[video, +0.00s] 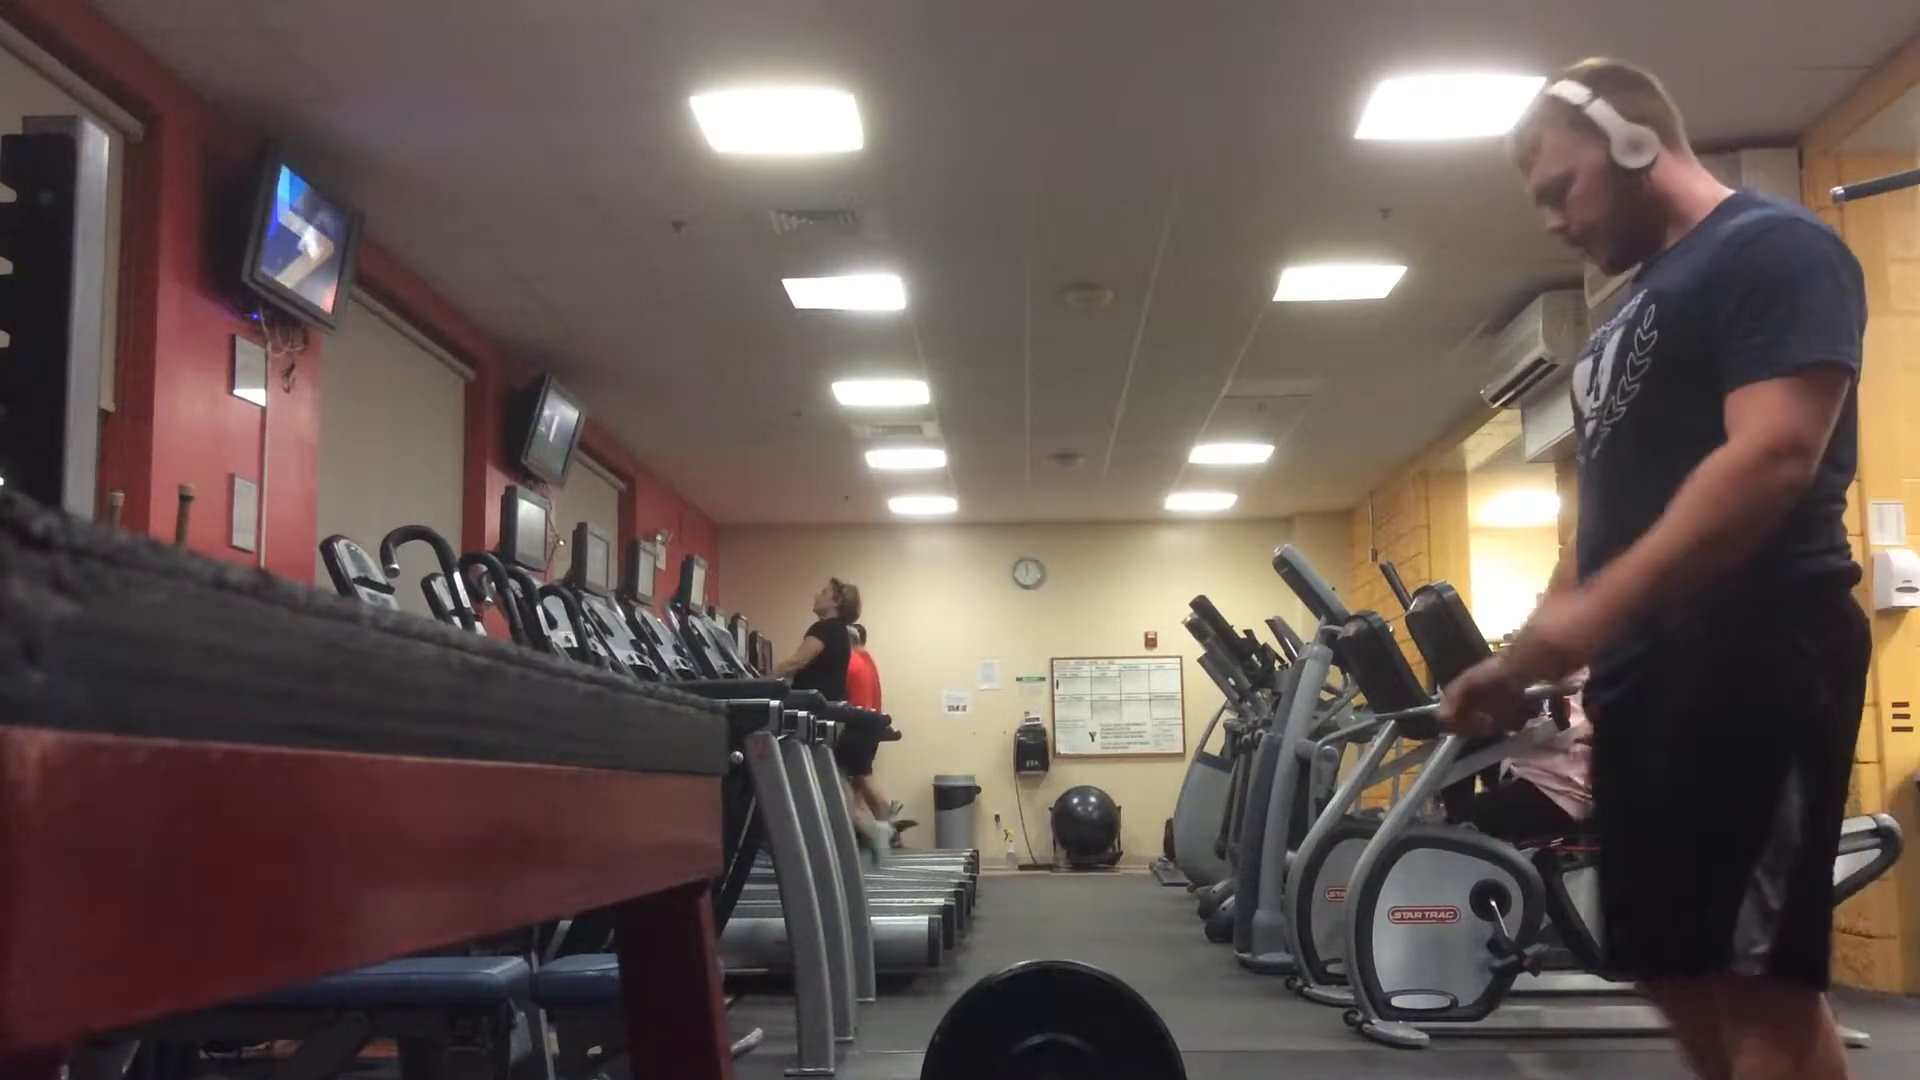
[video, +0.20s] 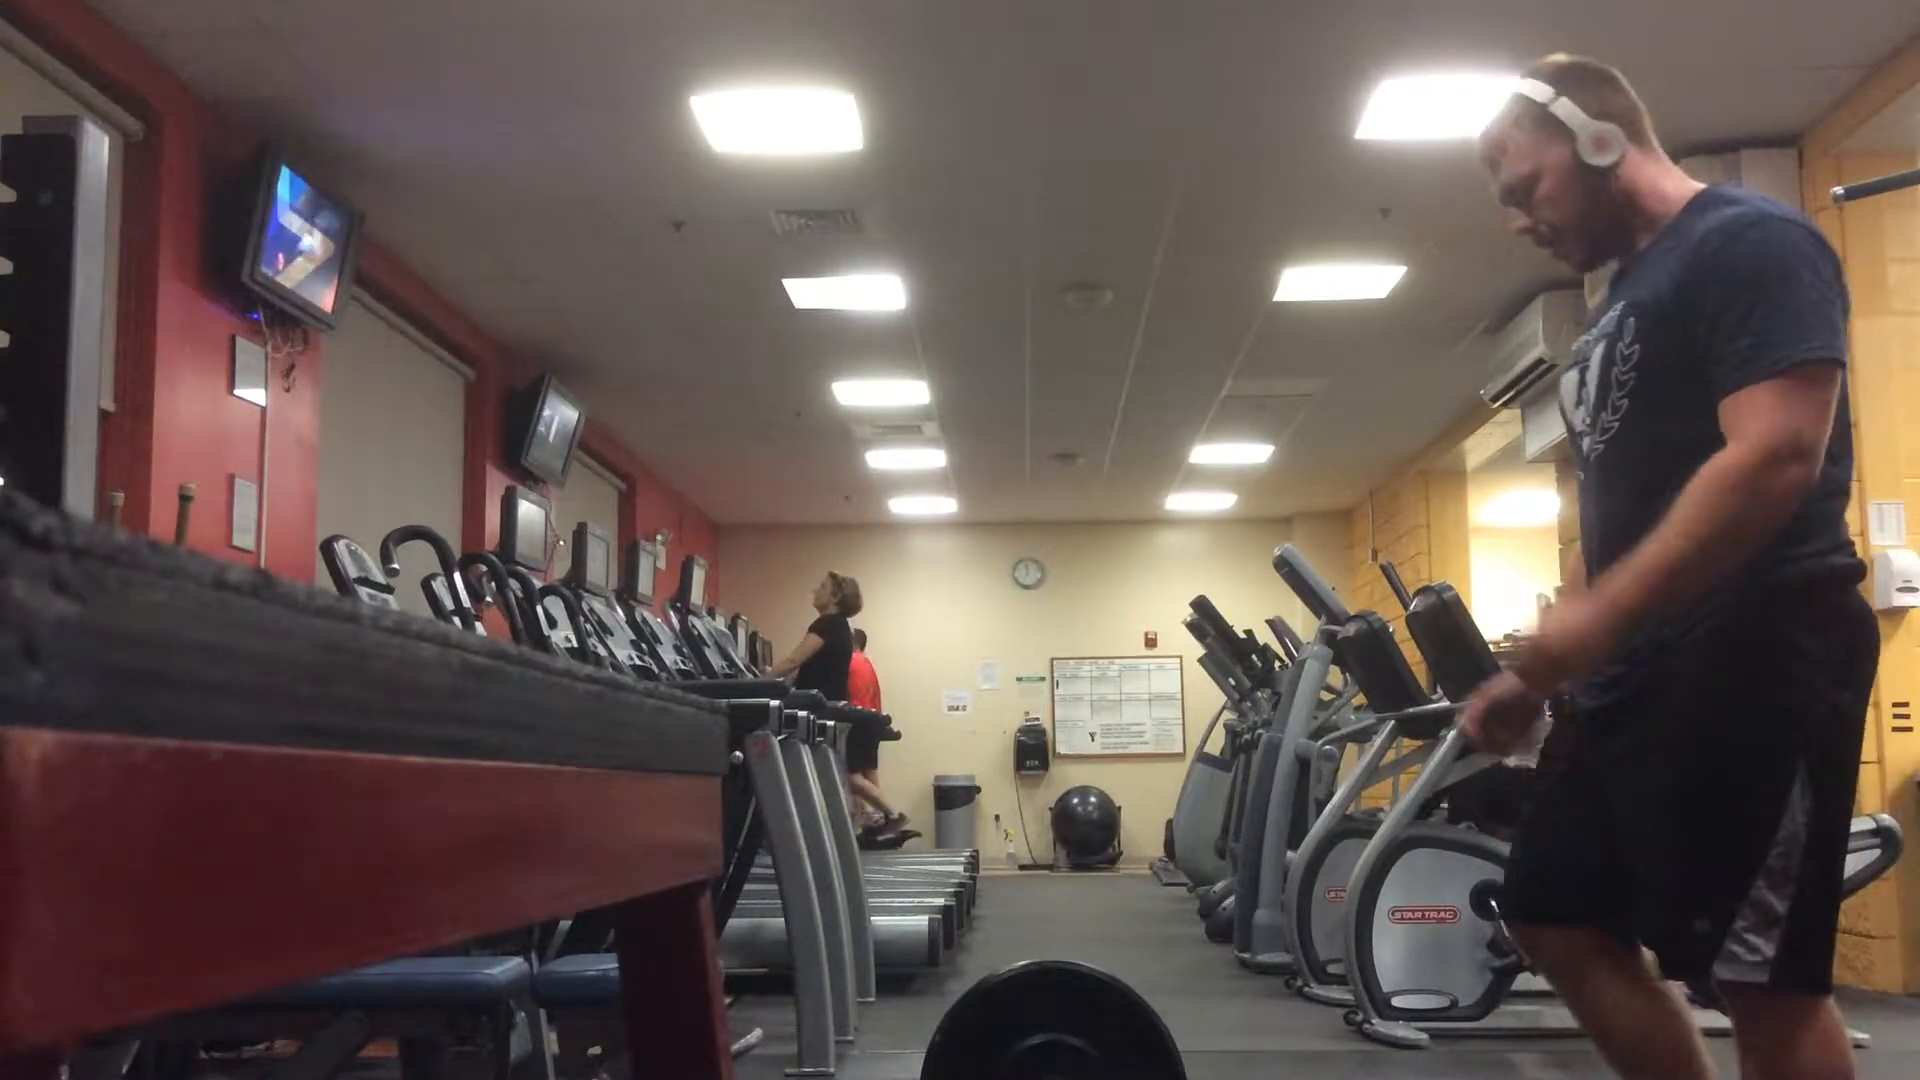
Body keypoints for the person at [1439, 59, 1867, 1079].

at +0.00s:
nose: (1556, 224)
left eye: (1561, 191)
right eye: (1544, 209)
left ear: (1634, 146)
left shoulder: (1775, 243)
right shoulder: (1611, 334)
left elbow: (1776, 455)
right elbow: (1600, 537)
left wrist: (1589, 618)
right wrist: (1518, 671)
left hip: (1765, 647)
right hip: (1651, 661)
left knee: (1767, 991)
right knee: (1671, 968)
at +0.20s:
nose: (1520, 224)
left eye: (1525, 188)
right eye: (1509, 206)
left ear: (1601, 144)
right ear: (1596, 160)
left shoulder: (1750, 238)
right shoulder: (1613, 313)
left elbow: (1778, 456)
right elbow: (1617, 541)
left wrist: (1594, 619)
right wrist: (1539, 680)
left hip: (1773, 642)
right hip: (1649, 651)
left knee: (1766, 983)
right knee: (1561, 919)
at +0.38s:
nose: (1497, 215)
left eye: (1504, 180)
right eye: (1487, 197)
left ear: (1581, 139)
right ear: (1578, 154)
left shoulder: (1727, 240)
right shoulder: (1591, 313)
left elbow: (1788, 464)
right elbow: (1598, 528)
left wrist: (1748, 681)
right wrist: (1573, 689)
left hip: (1749, 664)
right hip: (1630, 678)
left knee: (1766, 991)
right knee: (1601, 953)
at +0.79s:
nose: (1430, 240)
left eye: (1434, 207)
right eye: (1419, 225)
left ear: (1506, 163)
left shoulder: (1635, 243)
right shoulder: (1525, 319)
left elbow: (1671, 457)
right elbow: (1550, 539)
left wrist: (1600, 660)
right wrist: (1488, 691)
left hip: (1688, 666)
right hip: (1568, 675)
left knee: (1740, 994)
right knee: (1520, 966)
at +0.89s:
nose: (1398, 249)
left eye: (1399, 217)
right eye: (1388, 234)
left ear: (1468, 173)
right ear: (1457, 186)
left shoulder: (1597, 251)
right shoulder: (1490, 319)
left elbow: (1616, 459)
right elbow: (1510, 519)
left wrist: (1486, 633)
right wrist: (1471, 701)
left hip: (1646, 647)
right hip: (1537, 657)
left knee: (1686, 997)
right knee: (1516, 977)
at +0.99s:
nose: (1353, 263)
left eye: (1351, 230)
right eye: (1341, 246)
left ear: (1415, 186)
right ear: (1405, 201)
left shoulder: (1540, 255)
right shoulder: (1445, 329)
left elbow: (1577, 449)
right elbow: (1470, 525)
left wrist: (1424, 614)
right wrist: (1451, 690)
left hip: (1606, 653)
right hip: (1508, 668)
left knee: (1616, 994)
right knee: (1505, 977)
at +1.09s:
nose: (1308, 277)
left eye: (1308, 244)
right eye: (1296, 260)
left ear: (1372, 201)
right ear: (1362, 215)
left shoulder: (1492, 260)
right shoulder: (1411, 334)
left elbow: (1545, 447)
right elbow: (1452, 525)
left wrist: (1415, 622)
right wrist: (1439, 692)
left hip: (1569, 638)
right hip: (1499, 650)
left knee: (1498, 954)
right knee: (1496, 961)